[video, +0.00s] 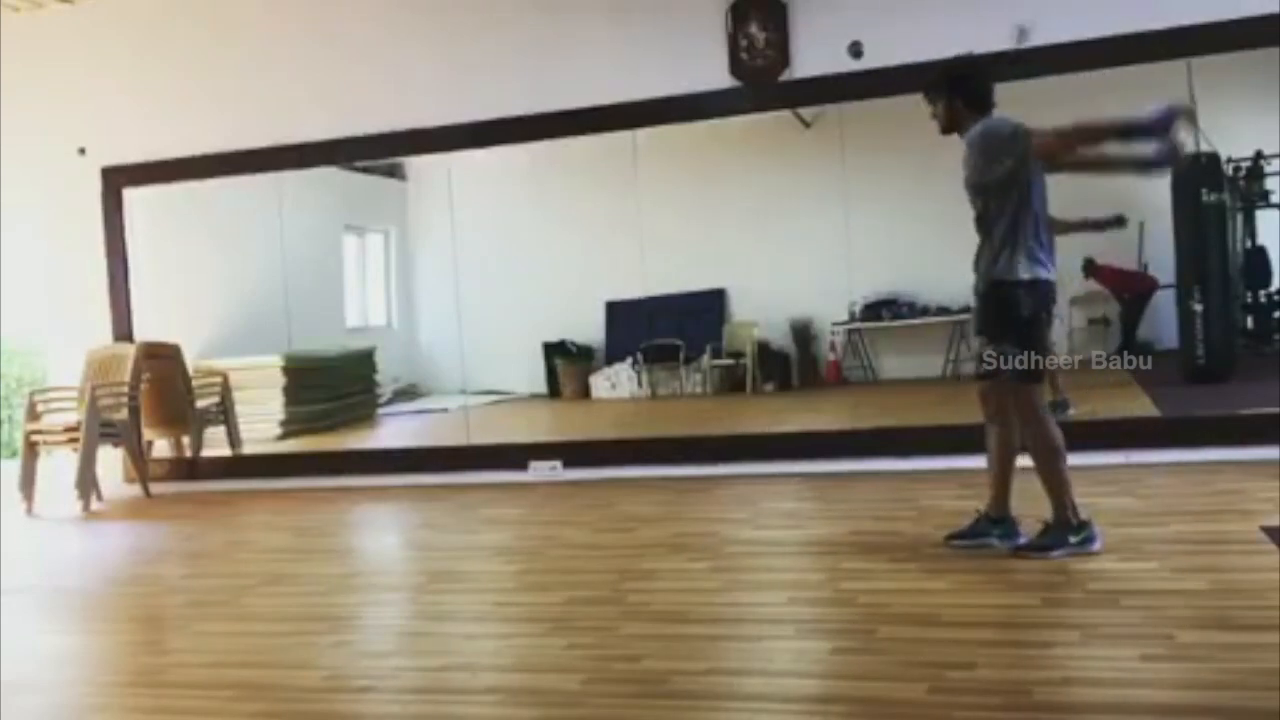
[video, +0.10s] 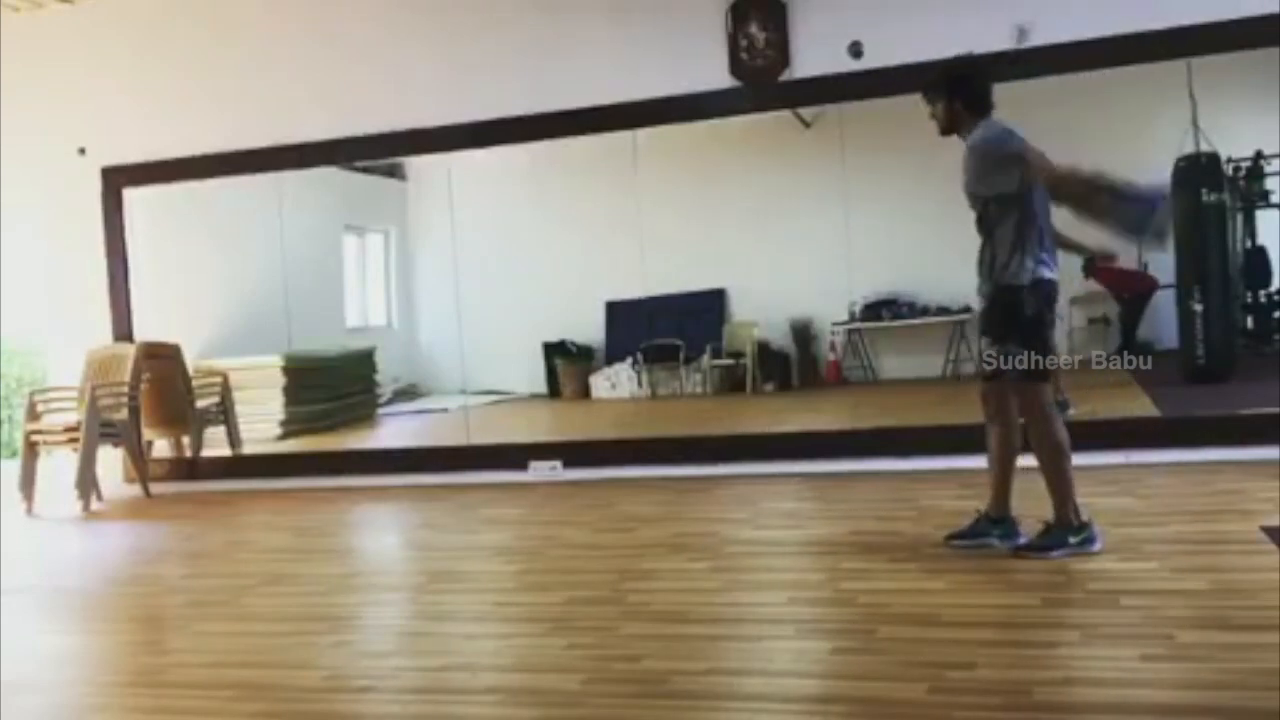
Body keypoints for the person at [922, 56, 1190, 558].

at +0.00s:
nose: (933, 116)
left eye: (935, 104)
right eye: (931, 106)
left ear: (958, 100)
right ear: (967, 99)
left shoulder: (993, 133)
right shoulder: (990, 142)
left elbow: (1064, 138)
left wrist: (1147, 125)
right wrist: (1151, 162)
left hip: (1020, 286)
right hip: (1007, 286)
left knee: (1025, 403)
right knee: (995, 398)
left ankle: (1070, 522)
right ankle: (998, 517)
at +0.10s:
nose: (932, 117)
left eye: (934, 106)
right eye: (930, 107)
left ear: (956, 102)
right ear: (964, 101)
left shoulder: (993, 141)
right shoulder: (985, 147)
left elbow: (1058, 180)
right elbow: (1036, 220)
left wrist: (1127, 202)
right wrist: (1091, 255)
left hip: (1025, 288)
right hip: (1008, 288)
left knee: (1033, 401)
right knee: (996, 397)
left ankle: (1071, 522)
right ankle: (998, 516)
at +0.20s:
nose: (948, 112)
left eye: (952, 101)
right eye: (946, 102)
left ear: (977, 100)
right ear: (988, 101)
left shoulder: (1006, 151)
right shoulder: (1013, 146)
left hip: (1027, 302)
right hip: (1013, 300)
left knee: (1039, 404)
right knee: (992, 398)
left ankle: (1072, 522)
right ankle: (998, 515)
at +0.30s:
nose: (957, 114)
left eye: (960, 102)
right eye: (956, 103)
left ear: (985, 100)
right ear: (994, 100)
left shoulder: (1007, 156)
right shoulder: (1025, 148)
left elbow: (960, 237)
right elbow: (967, 234)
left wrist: (900, 285)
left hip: (1024, 301)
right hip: (1021, 298)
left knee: (1039, 401)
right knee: (983, 395)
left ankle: (1071, 523)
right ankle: (996, 516)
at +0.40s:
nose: (960, 113)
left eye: (964, 102)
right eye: (959, 103)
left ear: (990, 99)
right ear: (1002, 99)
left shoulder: (1010, 149)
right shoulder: (1023, 144)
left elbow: (927, 176)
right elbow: (1028, 233)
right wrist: (974, 237)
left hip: (1027, 301)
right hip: (1005, 300)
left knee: (1040, 402)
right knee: (968, 393)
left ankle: (1071, 523)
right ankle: (987, 513)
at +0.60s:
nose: (931, 103)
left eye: (934, 90)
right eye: (930, 90)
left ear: (951, 91)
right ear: (982, 88)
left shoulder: (978, 133)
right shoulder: (1000, 137)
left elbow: (916, 65)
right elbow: (936, 67)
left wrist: (876, 9)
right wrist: (911, 25)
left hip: (1007, 292)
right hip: (999, 292)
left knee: (1033, 405)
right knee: (956, 396)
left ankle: (1069, 522)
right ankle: (934, 511)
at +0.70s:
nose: (908, 119)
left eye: (908, 107)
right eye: (905, 110)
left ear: (930, 98)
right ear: (950, 95)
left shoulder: (952, 132)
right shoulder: (981, 131)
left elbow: (913, 54)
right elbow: (955, 71)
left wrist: (895, 8)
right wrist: (929, 23)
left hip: (986, 292)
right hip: (992, 289)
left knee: (1020, 406)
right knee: (938, 398)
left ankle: (1068, 522)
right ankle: (901, 512)